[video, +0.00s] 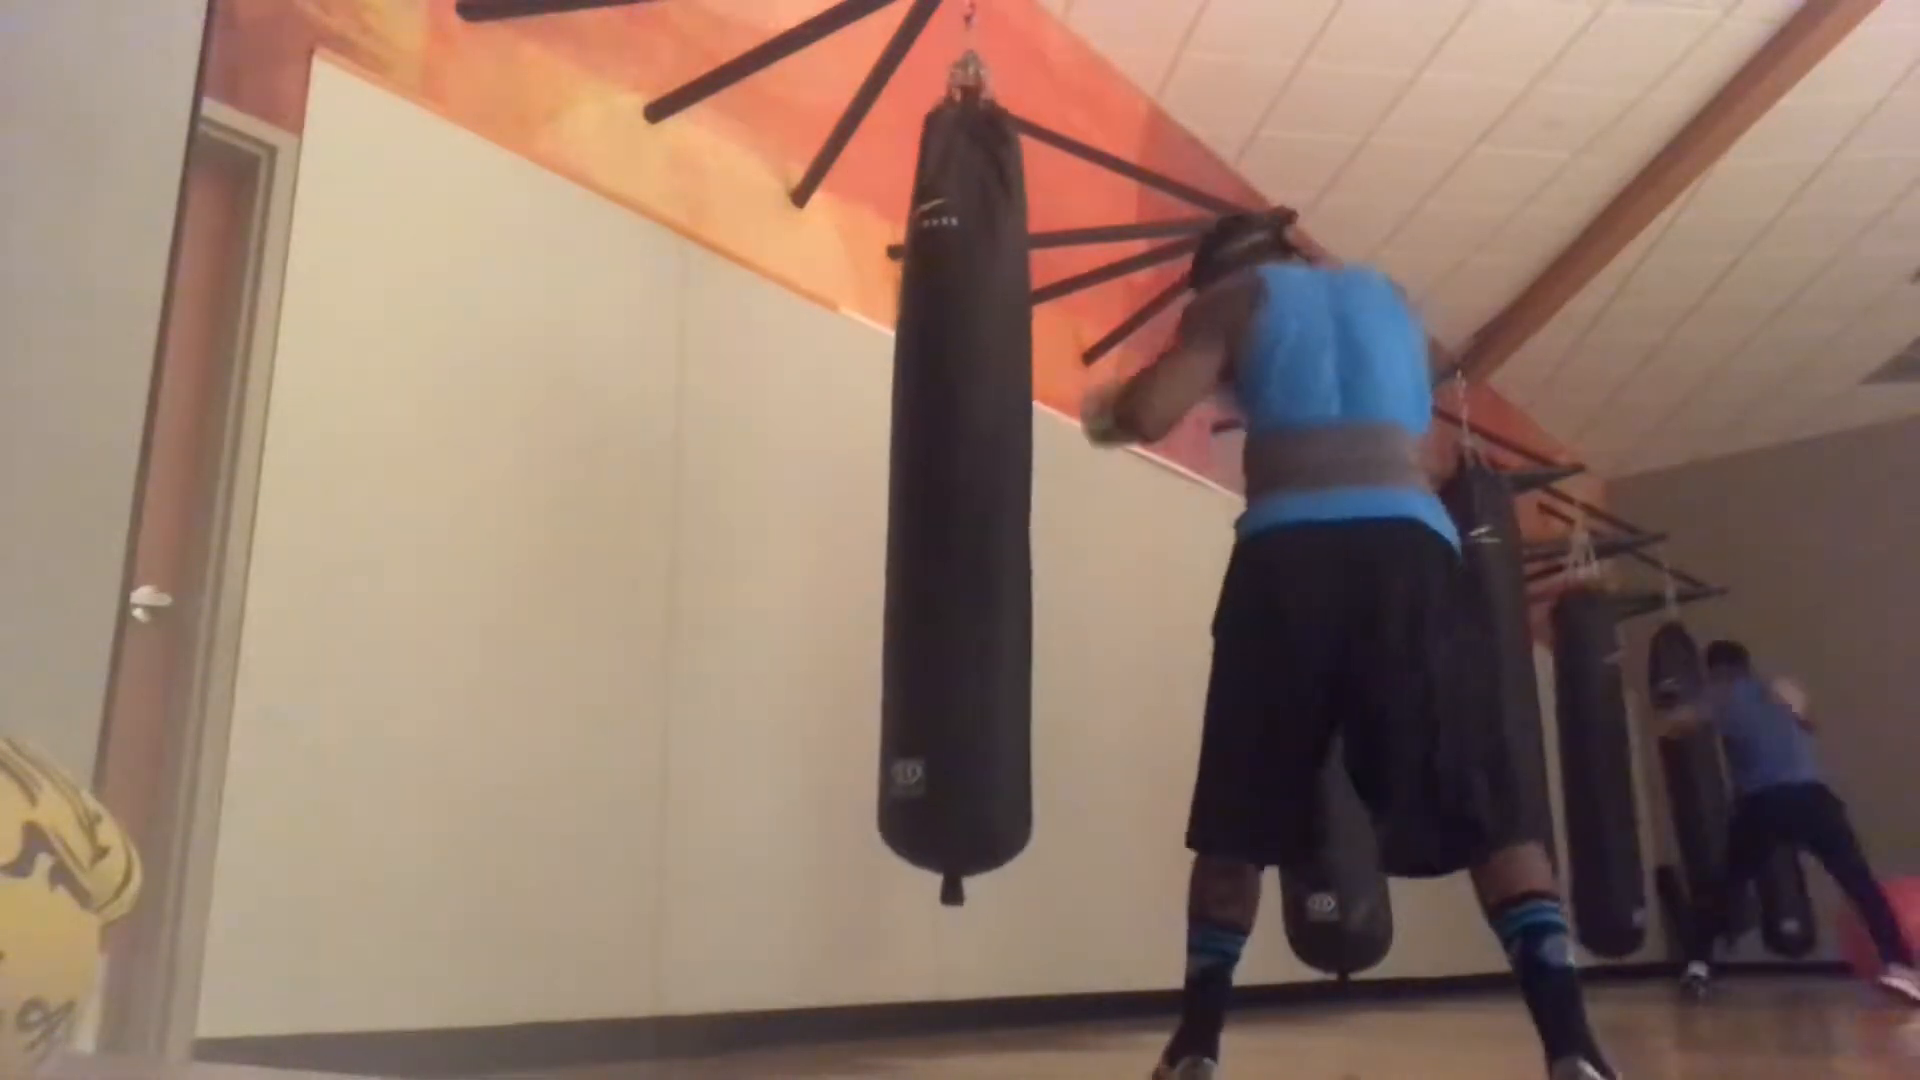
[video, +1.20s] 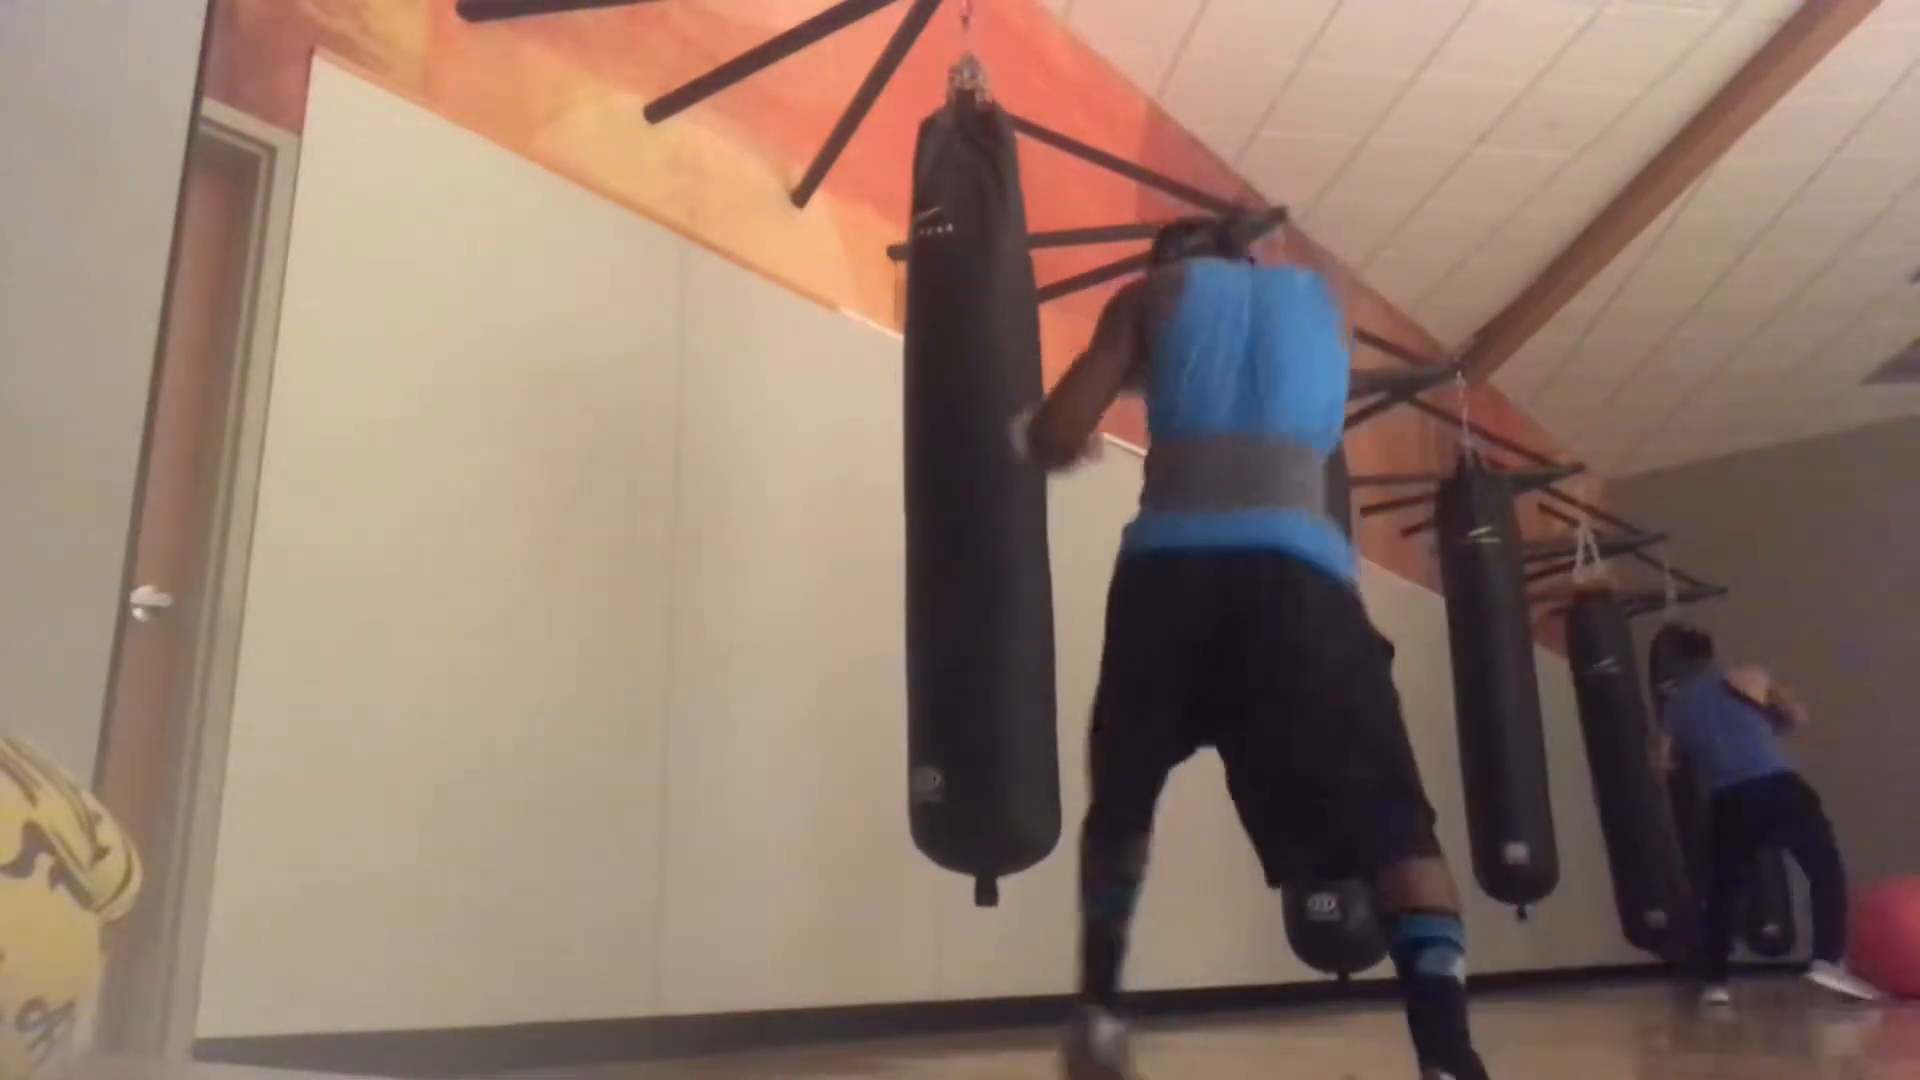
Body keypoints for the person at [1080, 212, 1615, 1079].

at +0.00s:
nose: (1207, 311)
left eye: (1209, 298)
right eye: (1204, 302)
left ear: (1224, 274)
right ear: (1292, 248)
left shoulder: (1234, 295)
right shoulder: (1392, 300)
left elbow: (1148, 412)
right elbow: (1445, 366)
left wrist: (1108, 411)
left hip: (1284, 568)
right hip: (1413, 564)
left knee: (1236, 812)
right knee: (1486, 804)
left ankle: (1196, 1043)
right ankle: (1571, 1046)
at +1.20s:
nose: (1152, 276)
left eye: (1156, 265)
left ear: (1177, 259)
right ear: (1266, 254)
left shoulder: (1152, 291)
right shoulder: (1321, 299)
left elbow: (1055, 437)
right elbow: (1319, 431)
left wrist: (1059, 438)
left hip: (1166, 582)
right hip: (1299, 585)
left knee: (1122, 794)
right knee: (1394, 815)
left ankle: (1098, 1011)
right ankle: (1447, 1051)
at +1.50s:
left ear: (1098, 325)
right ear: (1177, 309)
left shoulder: (1063, 372)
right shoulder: (1242, 327)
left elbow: (994, 513)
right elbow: (1253, 488)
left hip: (1075, 595)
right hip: (1196, 592)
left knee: (1061, 816)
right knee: (1315, 813)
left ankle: (994, 1042)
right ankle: (1282, 1041)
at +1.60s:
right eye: (1186, 287)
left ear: (1098, 313)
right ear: (1178, 298)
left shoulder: (1064, 355)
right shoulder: (1218, 333)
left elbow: (980, 472)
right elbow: (1237, 487)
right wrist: (1271, 403)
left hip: (1060, 592)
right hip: (1177, 591)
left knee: (1052, 811)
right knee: (1275, 818)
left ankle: (980, 1031)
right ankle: (1269, 1055)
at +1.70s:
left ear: (1075, 302)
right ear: (1153, 283)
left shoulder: (1036, 354)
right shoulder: (1203, 313)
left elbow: (955, 448)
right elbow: (1221, 471)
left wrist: (1009, 459)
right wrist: (1245, 390)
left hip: (1037, 589)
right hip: (1153, 581)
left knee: (1026, 813)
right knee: (1260, 801)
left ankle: (963, 1031)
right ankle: (1272, 1042)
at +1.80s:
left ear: (1029, 300)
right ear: (1108, 289)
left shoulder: (994, 346)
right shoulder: (1165, 325)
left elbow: (942, 451)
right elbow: (1210, 476)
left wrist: (977, 446)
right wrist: (1134, 453)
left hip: (1005, 594)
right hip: (1125, 587)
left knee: (998, 822)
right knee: (1224, 799)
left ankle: (959, 1040)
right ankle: (1280, 1000)